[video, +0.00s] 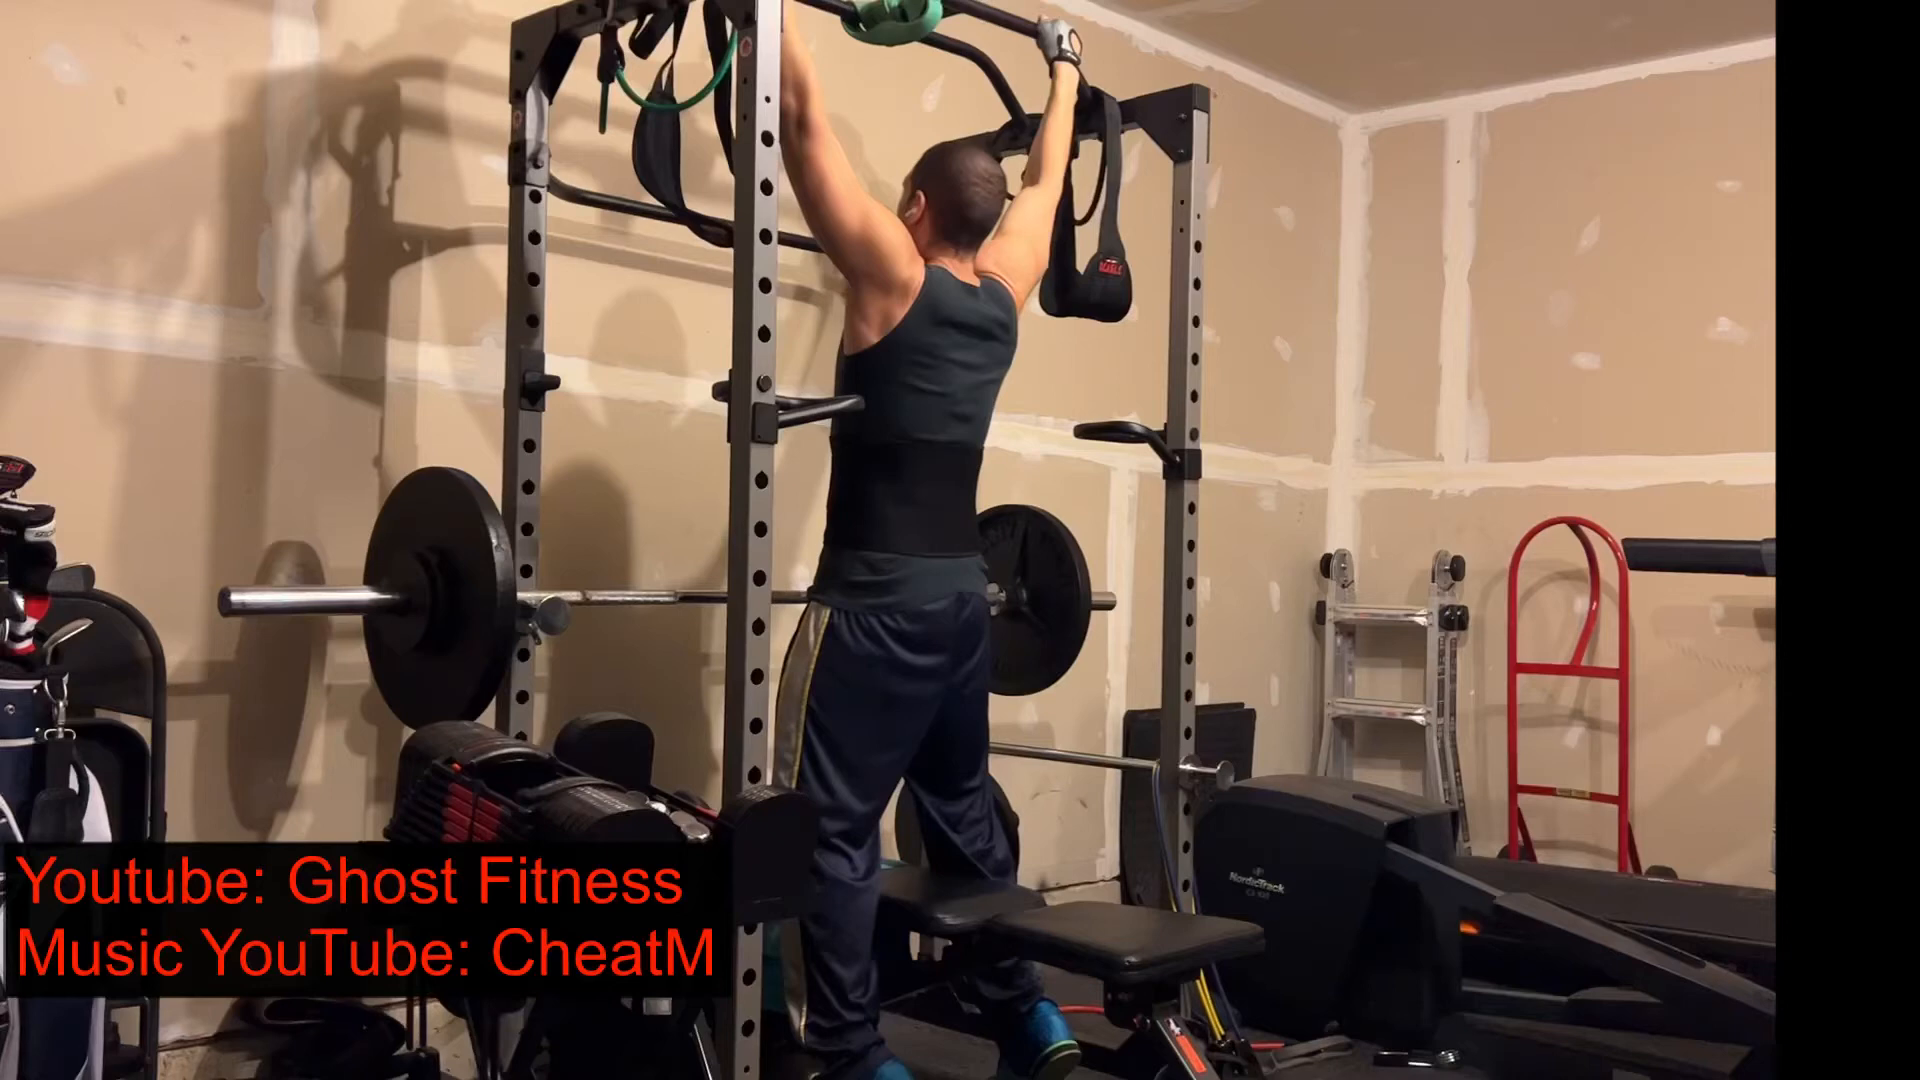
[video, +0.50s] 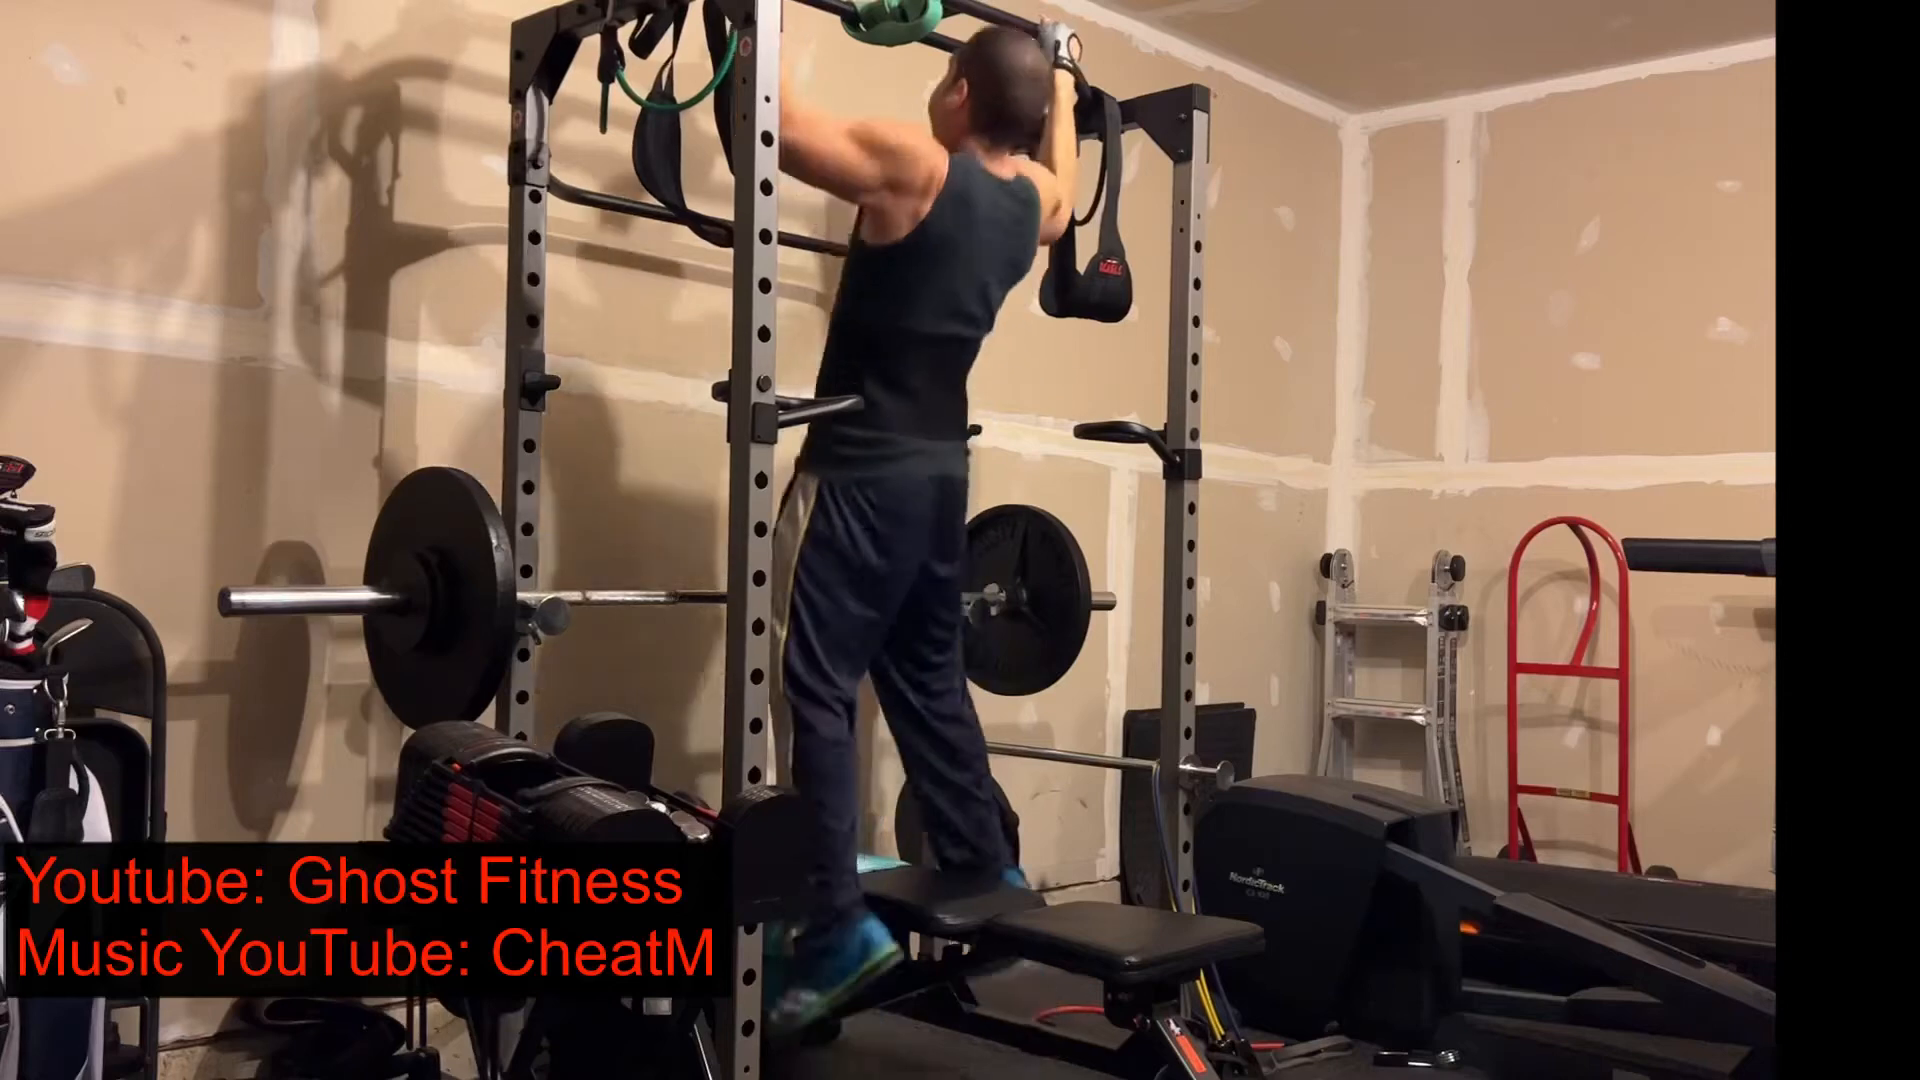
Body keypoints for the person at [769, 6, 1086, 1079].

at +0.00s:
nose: (898, 199)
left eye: (904, 190)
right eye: (906, 191)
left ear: (919, 209)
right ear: (995, 223)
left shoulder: (886, 270)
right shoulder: (1002, 300)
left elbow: (802, 118)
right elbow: (1048, 179)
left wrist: (771, 3)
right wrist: (1067, 75)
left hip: (874, 605)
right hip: (960, 599)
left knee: (839, 829)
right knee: (963, 803)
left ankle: (845, 1044)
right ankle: (1021, 1011)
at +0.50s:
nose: (937, 84)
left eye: (949, 76)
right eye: (948, 72)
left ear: (963, 101)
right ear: (1028, 116)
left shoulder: (911, 159)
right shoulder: (1029, 200)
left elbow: (771, 123)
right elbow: (1060, 188)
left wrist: (755, 24)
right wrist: (1057, 98)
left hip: (865, 471)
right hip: (939, 473)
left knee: (820, 686)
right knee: (928, 681)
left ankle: (839, 918)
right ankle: (983, 877)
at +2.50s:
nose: (912, 70)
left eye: (919, 57)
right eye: (924, 58)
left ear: (932, 76)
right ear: (1001, 100)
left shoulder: (891, 154)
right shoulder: (1012, 196)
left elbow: (760, 125)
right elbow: (1053, 189)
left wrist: (739, 34)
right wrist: (1060, 93)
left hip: (858, 451)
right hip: (932, 453)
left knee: (820, 658)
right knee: (930, 657)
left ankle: (863, 887)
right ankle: (1006, 853)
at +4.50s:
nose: (905, 161)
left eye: (914, 150)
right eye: (917, 151)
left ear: (929, 162)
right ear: (1001, 185)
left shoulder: (892, 236)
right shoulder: (1011, 267)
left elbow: (782, 135)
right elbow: (1044, 186)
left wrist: (764, 26)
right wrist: (1057, 103)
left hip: (856, 536)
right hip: (932, 537)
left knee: (814, 755)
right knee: (927, 747)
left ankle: (859, 983)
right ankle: (1016, 955)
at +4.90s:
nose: (940, 24)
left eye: (947, 12)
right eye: (947, 12)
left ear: (966, 17)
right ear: (1038, 35)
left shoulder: (927, 92)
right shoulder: (1051, 136)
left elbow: (779, 109)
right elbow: (1071, 204)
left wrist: (757, 15)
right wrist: (1055, 94)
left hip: (863, 408)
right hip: (945, 417)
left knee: (782, 597)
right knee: (910, 608)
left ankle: (784, 823)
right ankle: (963, 808)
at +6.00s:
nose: (922, 136)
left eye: (929, 124)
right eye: (931, 125)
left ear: (948, 131)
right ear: (1011, 148)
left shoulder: (910, 199)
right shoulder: (1031, 243)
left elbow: (788, 138)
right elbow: (1051, 186)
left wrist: (770, 21)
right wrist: (1057, 107)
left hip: (868, 520)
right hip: (943, 524)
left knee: (804, 723)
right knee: (929, 731)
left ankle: (837, 962)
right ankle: (999, 936)